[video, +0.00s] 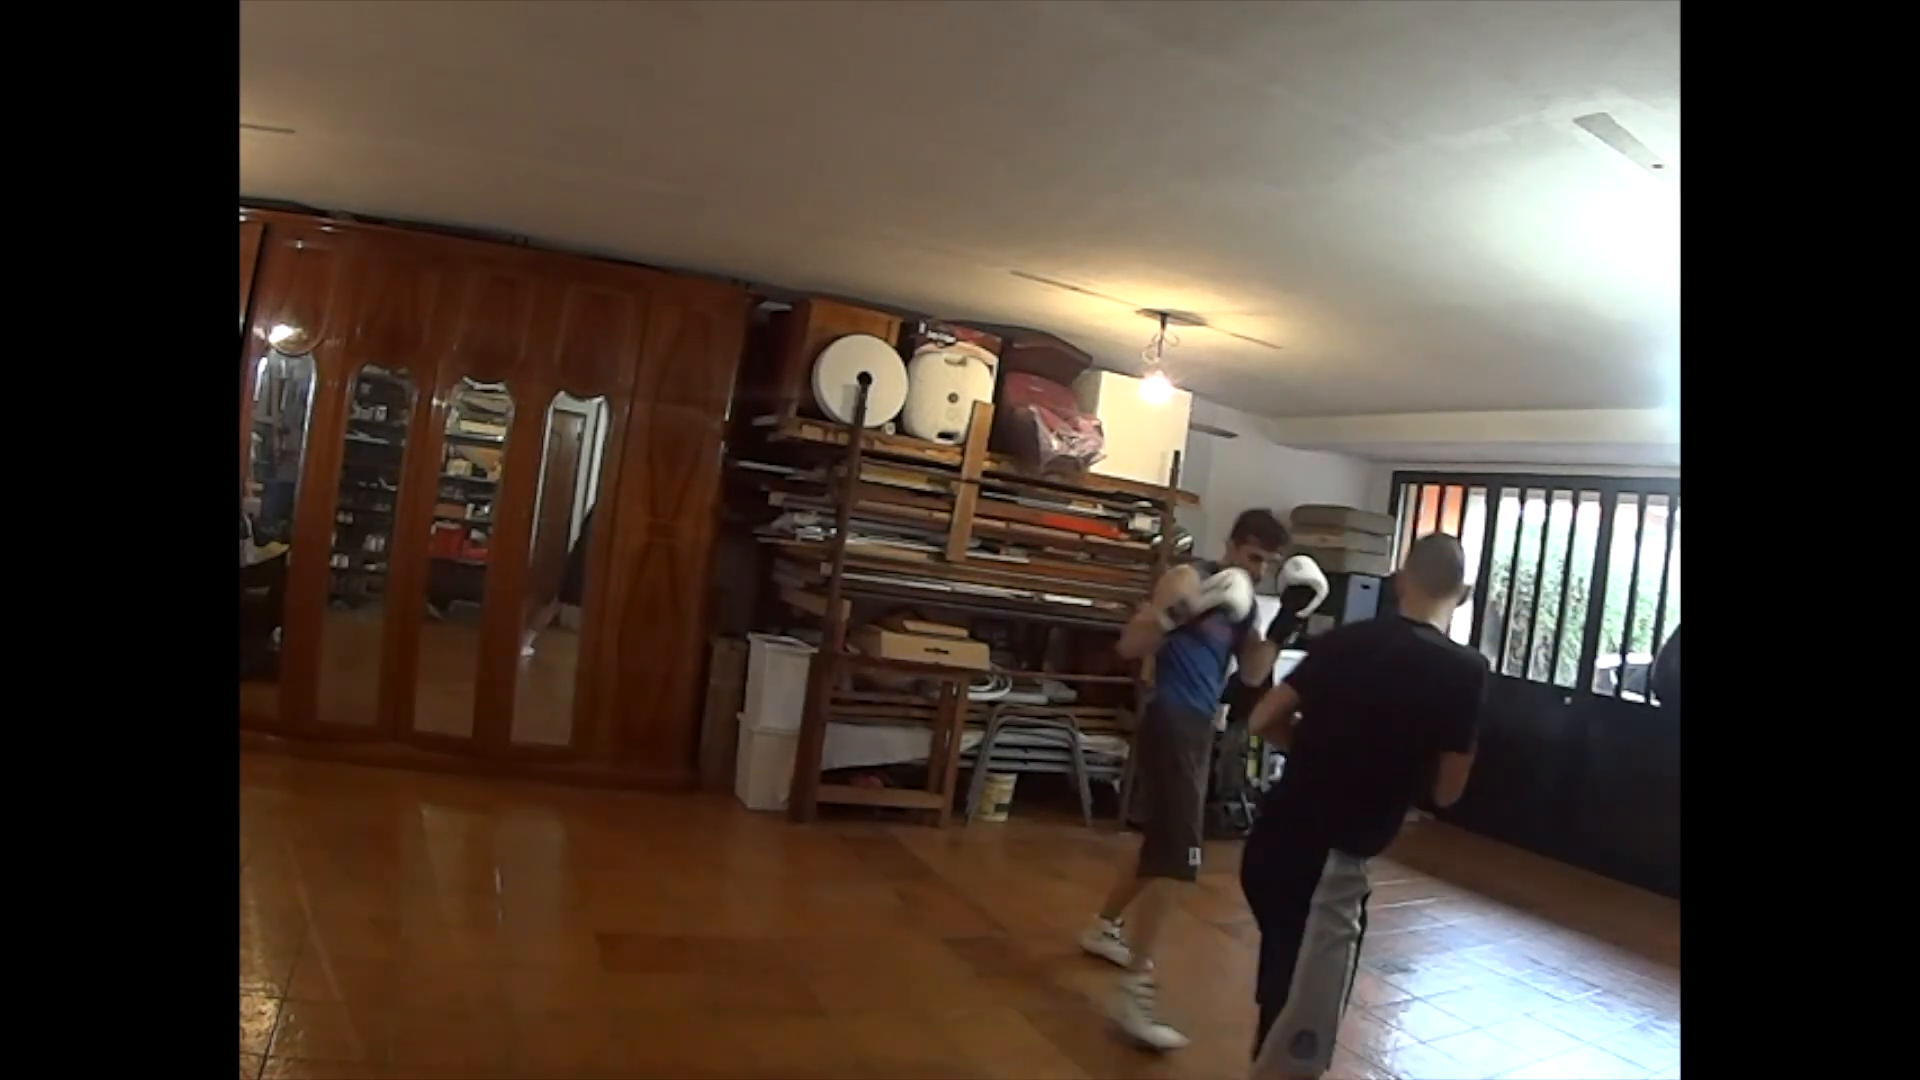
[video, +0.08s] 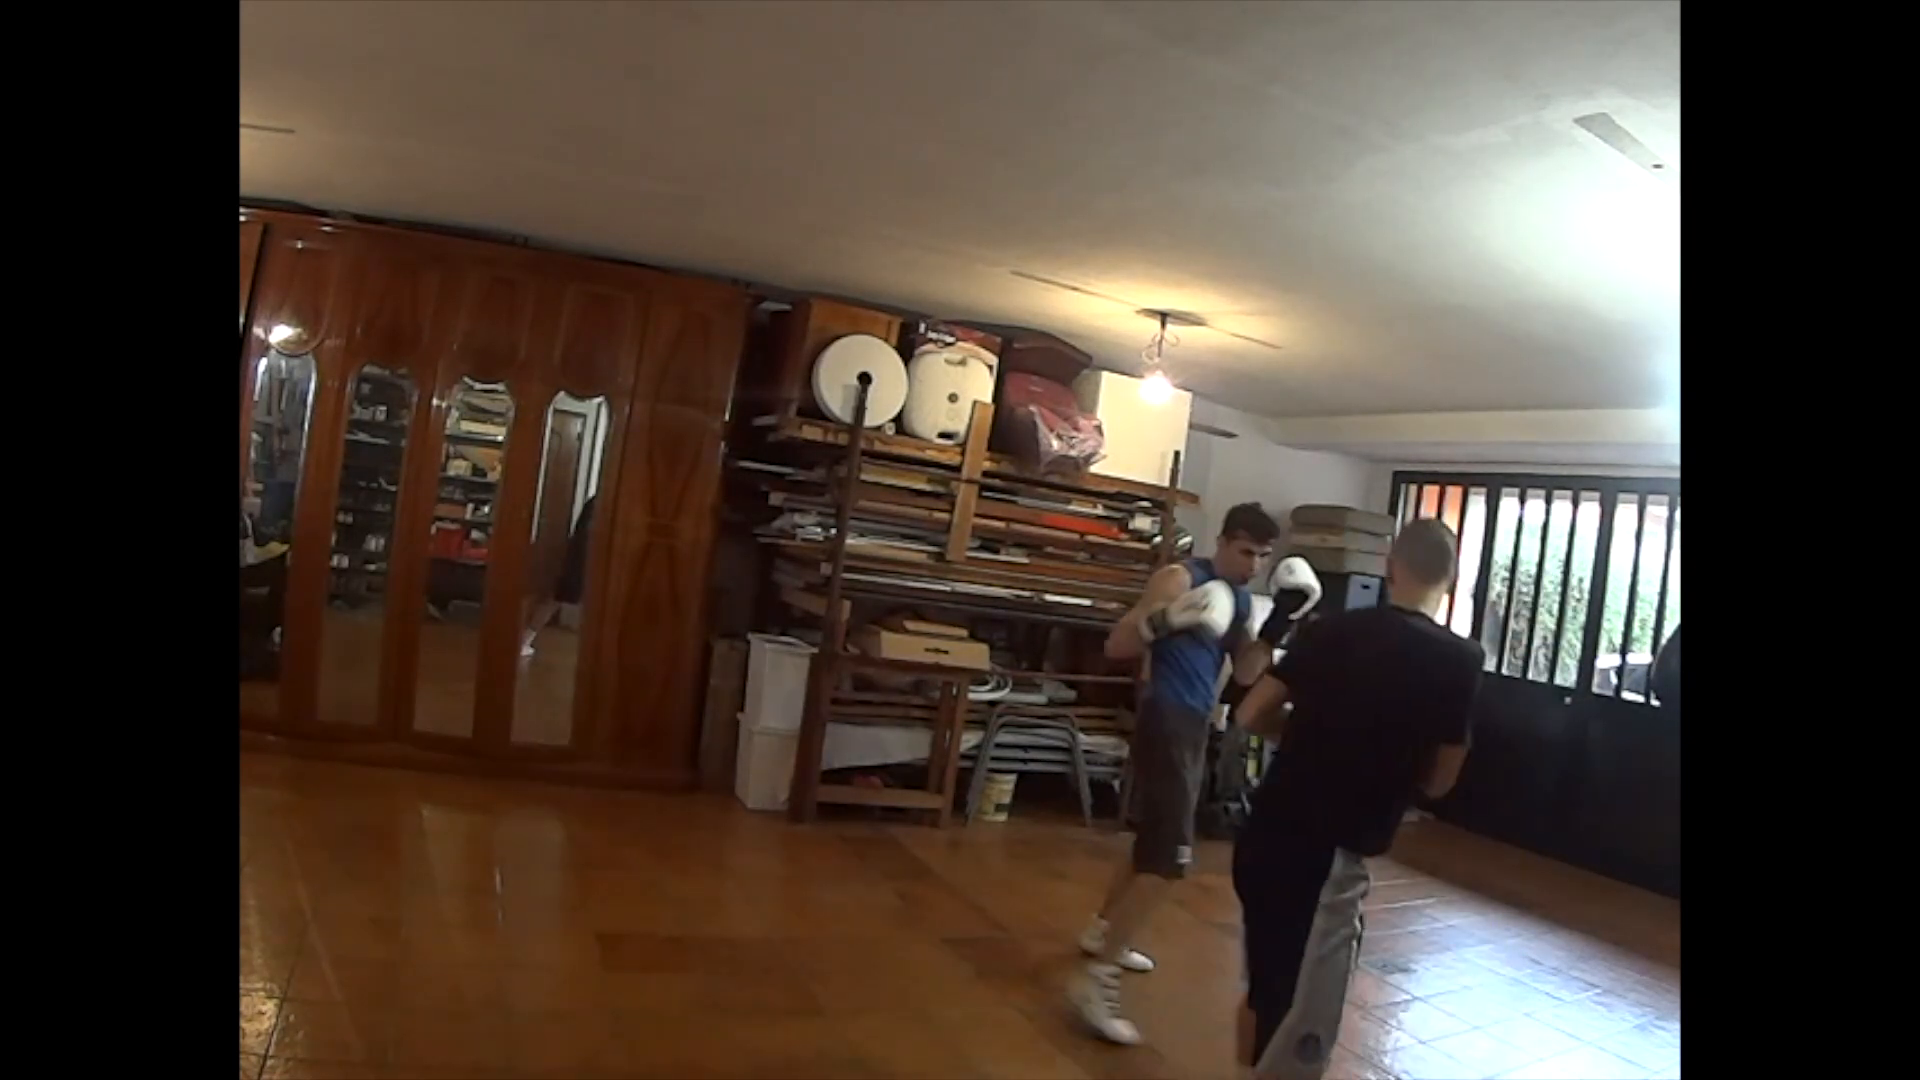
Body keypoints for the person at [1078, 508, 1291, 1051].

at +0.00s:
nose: (1258, 566)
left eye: (1268, 561)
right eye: (1253, 554)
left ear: (1272, 565)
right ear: (1231, 543)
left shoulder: (1246, 606)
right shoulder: (1187, 579)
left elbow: (1254, 673)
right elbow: (1131, 645)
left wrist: (1286, 612)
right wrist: (1183, 608)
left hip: (1197, 729)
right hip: (1170, 723)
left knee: (1163, 843)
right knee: (1174, 857)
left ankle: (1105, 923)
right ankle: (1136, 991)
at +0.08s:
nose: (1251, 564)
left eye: (1260, 557)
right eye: (1245, 551)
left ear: (1263, 558)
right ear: (1222, 541)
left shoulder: (1236, 598)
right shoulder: (1179, 577)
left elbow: (1246, 675)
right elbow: (1118, 645)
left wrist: (1282, 614)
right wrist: (1168, 614)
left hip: (1192, 729)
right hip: (1164, 723)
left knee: (1154, 843)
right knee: (1168, 859)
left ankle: (1107, 931)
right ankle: (1094, 981)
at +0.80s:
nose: (1209, 561)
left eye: (1217, 551)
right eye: (1199, 549)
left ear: (1223, 549)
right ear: (1171, 540)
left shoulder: (1219, 590)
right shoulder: (1125, 588)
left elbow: (1229, 661)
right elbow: (1087, 677)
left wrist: (1230, 661)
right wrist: (1141, 660)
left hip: (1180, 735)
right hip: (1127, 733)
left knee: (1162, 857)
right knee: (1099, 867)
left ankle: (1130, 945)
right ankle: (1043, 979)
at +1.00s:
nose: (1251, 571)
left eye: (1257, 561)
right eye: (1246, 558)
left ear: (1254, 559)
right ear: (1219, 546)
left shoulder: (1225, 601)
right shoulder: (1163, 587)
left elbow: (1216, 674)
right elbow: (1102, 660)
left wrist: (1238, 649)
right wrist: (1166, 659)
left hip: (1191, 736)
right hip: (1149, 733)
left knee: (1177, 857)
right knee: (1142, 871)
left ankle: (1127, 949)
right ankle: (1060, 975)